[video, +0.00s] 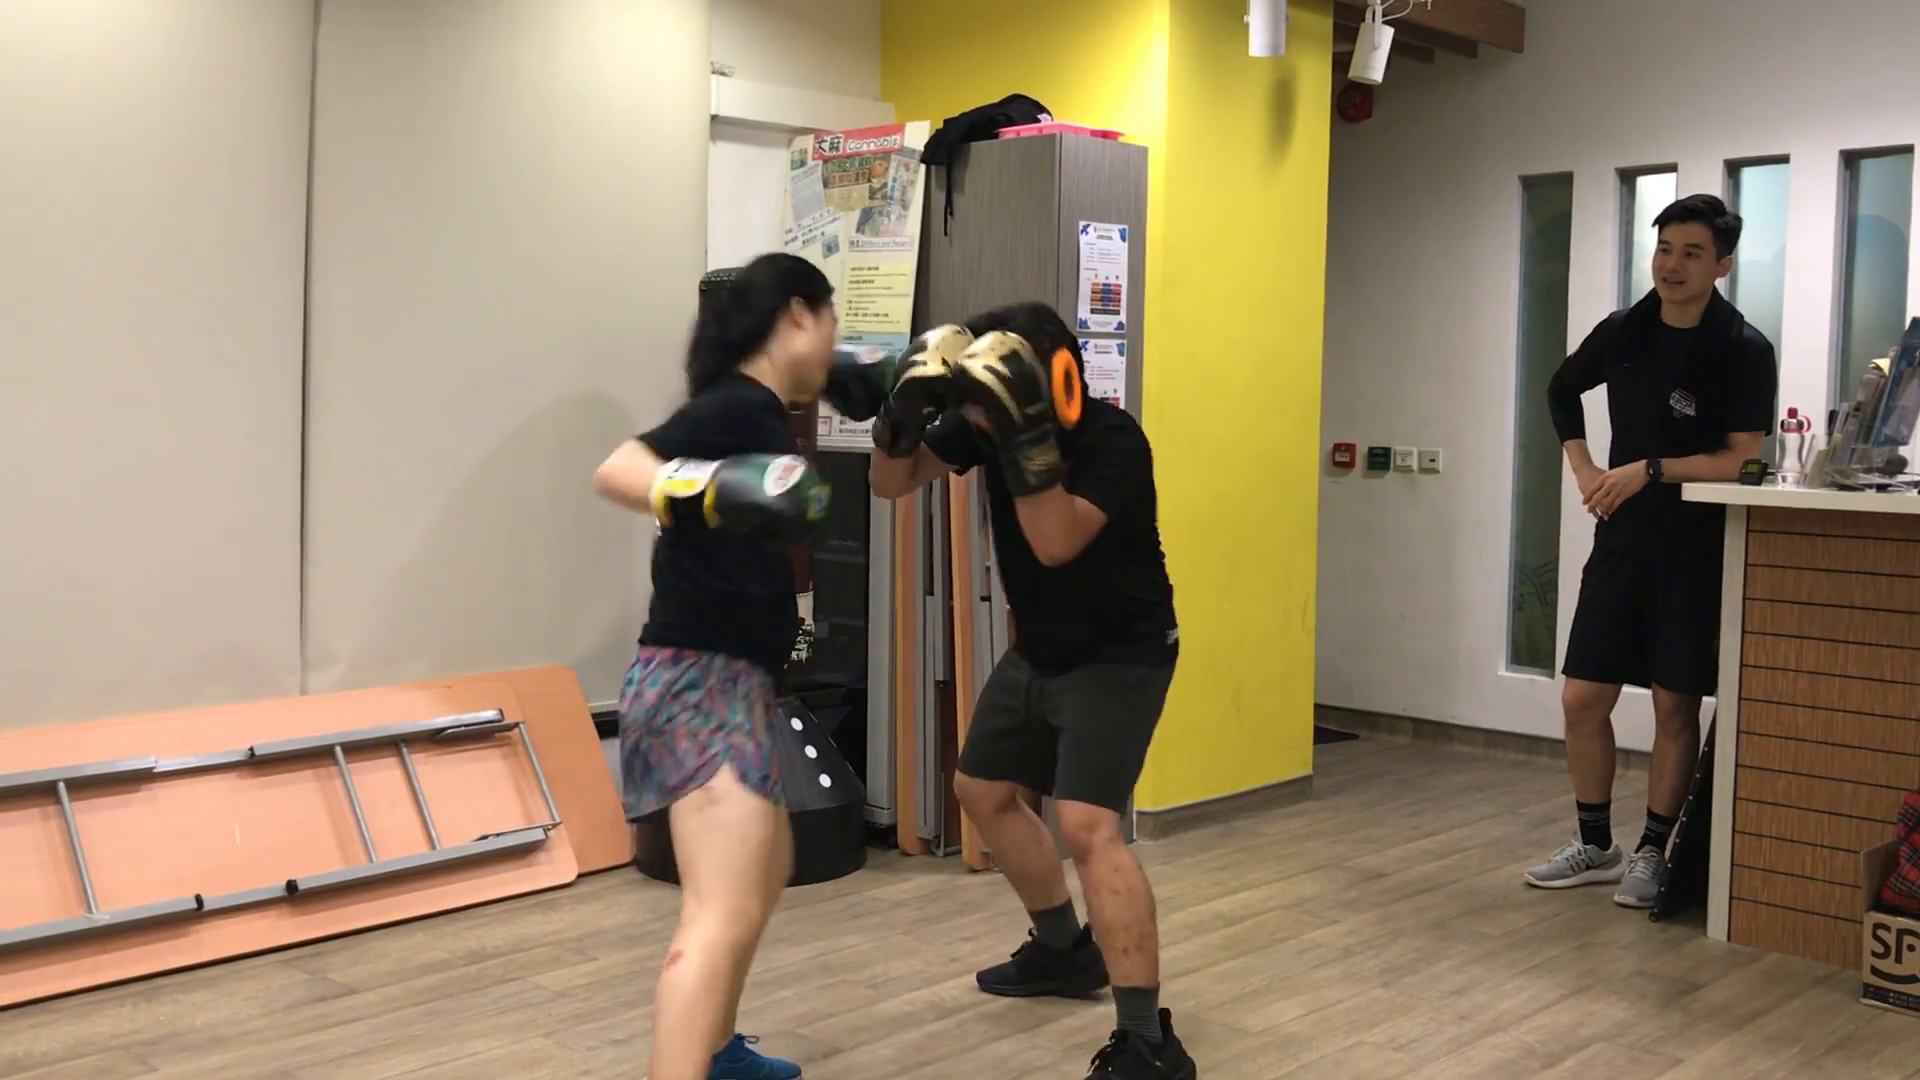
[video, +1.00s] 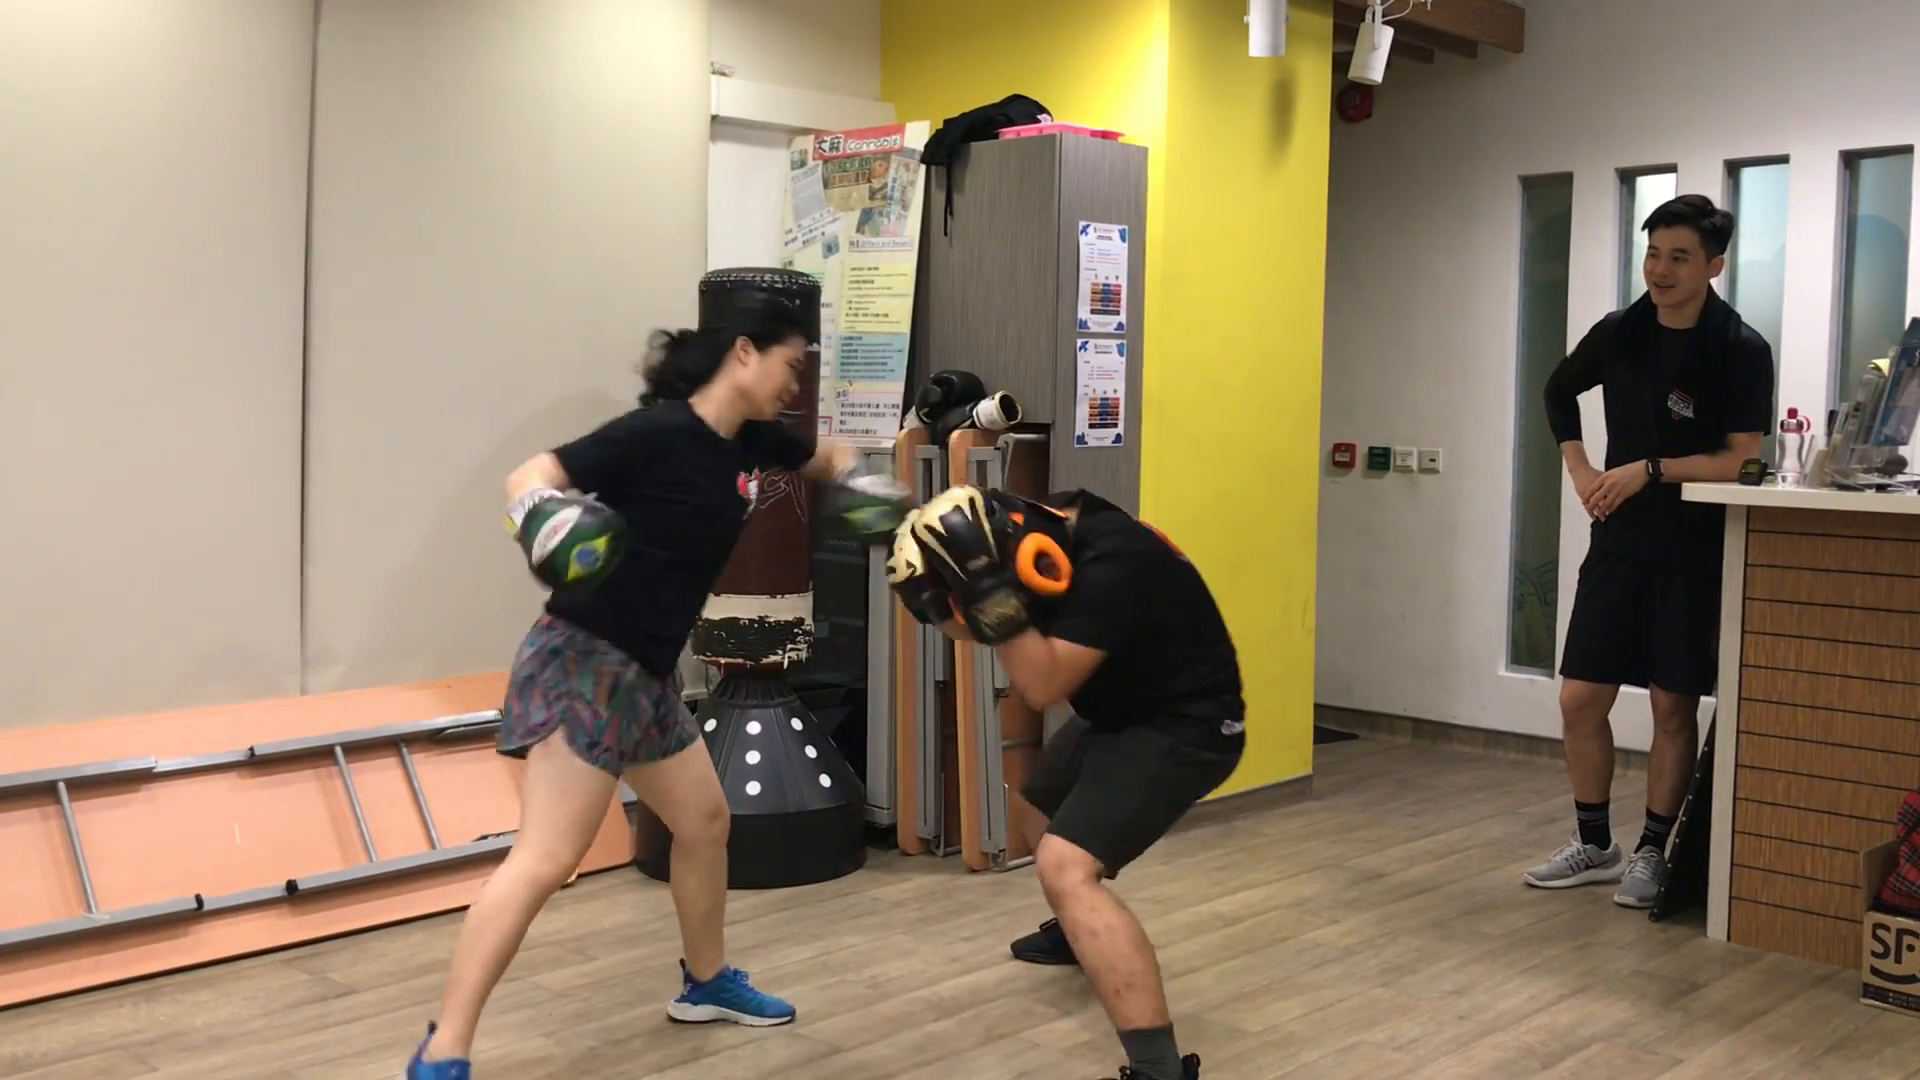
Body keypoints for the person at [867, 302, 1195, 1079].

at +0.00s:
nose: (995, 397)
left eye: (1008, 382)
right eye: (989, 385)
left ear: (1053, 376)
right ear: (985, 392)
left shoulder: (1113, 441)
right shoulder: (995, 433)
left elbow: (1056, 541)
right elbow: (892, 482)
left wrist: (1024, 439)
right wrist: (906, 412)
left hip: (1120, 657)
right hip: (1039, 653)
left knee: (1086, 820)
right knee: (984, 788)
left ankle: (1145, 1038)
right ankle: (1063, 948)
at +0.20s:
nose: (1026, 461)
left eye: (1039, 439)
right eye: (1019, 444)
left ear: (1085, 418)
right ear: (1010, 434)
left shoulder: (1145, 457)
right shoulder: (1017, 448)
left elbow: (1111, 582)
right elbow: (950, 544)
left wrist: (1078, 485)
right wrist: (937, 460)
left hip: (1137, 648)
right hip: (1051, 640)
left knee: (1102, 818)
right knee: (994, 791)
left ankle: (1149, 1038)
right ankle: (1082, 888)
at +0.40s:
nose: (975, 591)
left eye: (978, 578)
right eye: (969, 581)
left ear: (1020, 535)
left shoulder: (1120, 533)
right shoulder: (1004, 527)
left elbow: (1105, 669)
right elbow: (962, 643)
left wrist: (1043, 587)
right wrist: (917, 587)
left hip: (1171, 677)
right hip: (1084, 676)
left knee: (1110, 818)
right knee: (997, 807)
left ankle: (1155, 1041)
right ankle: (1087, 925)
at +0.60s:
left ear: (976, 535)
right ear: (972, 527)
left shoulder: (1063, 546)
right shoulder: (1008, 546)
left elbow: (1005, 674)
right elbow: (1008, 677)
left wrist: (939, 592)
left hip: (1176, 693)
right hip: (1094, 693)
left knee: (1096, 817)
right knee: (999, 795)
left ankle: (1153, 1039)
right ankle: (1089, 926)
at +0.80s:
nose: (952, 497)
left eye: (952, 481)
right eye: (948, 484)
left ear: (983, 474)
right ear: (991, 466)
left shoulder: (1062, 516)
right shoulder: (1021, 514)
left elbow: (977, 632)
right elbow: (977, 608)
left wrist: (916, 539)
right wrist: (924, 532)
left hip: (1171, 688)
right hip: (1104, 688)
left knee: (1086, 825)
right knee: (1012, 790)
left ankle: (1157, 1048)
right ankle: (1089, 924)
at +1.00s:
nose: (959, 628)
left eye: (955, 615)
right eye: (948, 619)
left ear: (1006, 565)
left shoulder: (1115, 562)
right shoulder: (1053, 538)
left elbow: (1043, 686)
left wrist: (990, 596)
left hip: (1185, 725)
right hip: (1120, 712)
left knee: (1066, 863)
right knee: (1039, 801)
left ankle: (1159, 1066)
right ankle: (1078, 926)